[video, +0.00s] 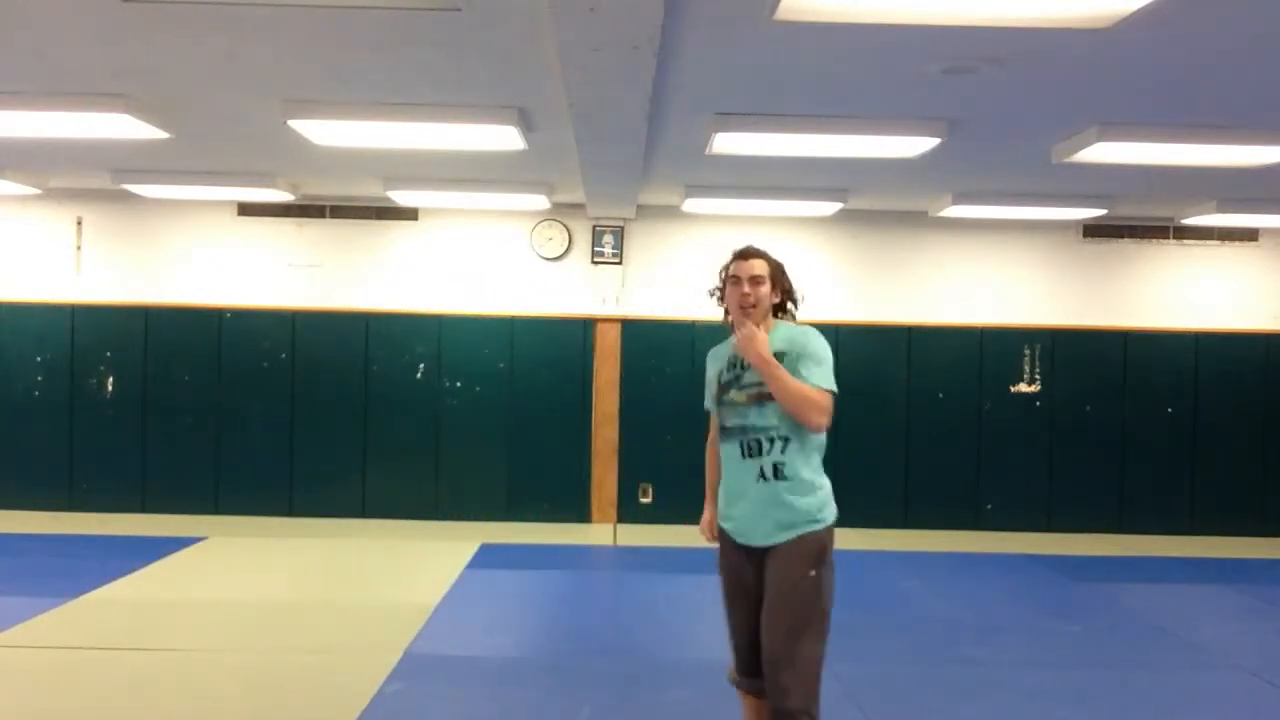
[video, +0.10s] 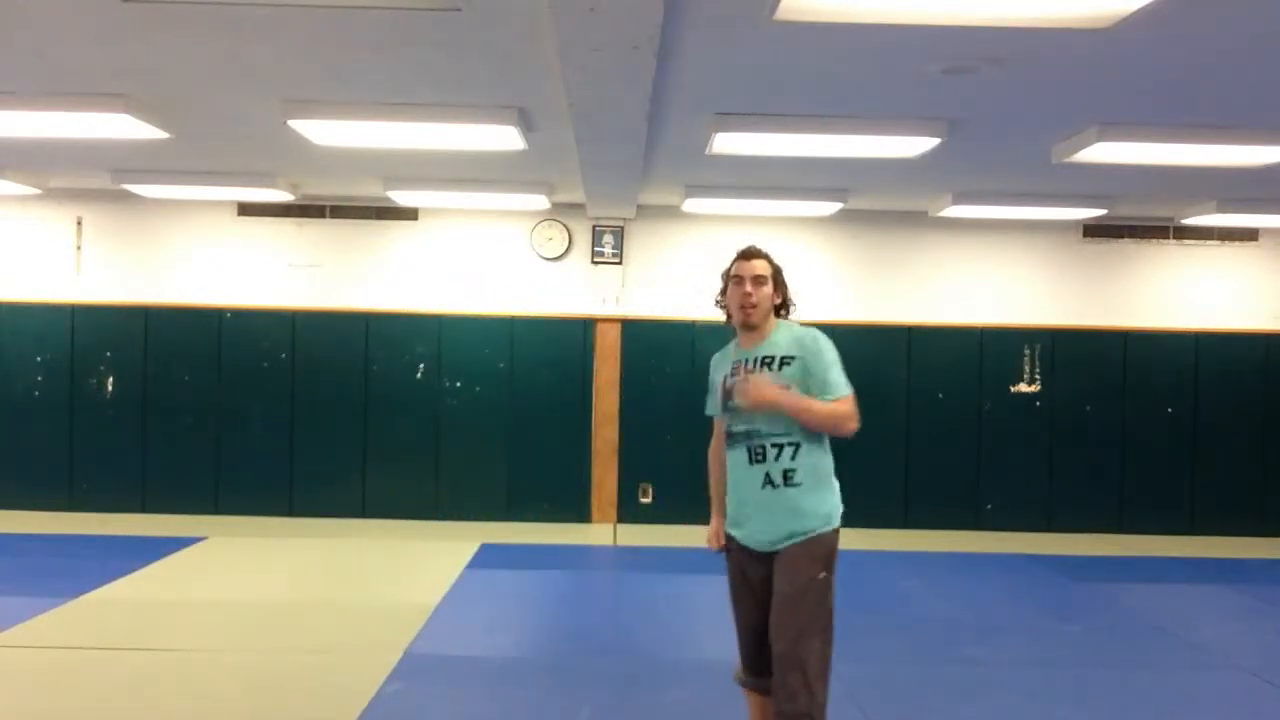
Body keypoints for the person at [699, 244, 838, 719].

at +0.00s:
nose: (746, 291)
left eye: (756, 281)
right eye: (736, 282)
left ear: (777, 291)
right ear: (724, 294)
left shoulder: (806, 343)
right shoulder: (718, 358)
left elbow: (818, 415)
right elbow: (716, 435)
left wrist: (761, 358)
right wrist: (711, 503)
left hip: (800, 526)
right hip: (736, 527)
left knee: (787, 674)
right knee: (750, 672)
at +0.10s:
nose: (747, 291)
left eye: (759, 281)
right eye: (737, 282)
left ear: (777, 293)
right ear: (725, 295)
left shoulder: (810, 343)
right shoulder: (722, 361)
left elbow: (846, 419)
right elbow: (719, 440)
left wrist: (777, 398)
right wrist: (717, 515)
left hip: (807, 526)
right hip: (743, 528)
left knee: (794, 659)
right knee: (756, 660)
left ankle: (797, 717)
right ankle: (761, 715)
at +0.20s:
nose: (754, 287)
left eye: (765, 278)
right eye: (743, 278)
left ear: (783, 289)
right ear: (731, 293)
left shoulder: (816, 338)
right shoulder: (726, 360)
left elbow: (859, 413)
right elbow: (733, 439)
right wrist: (728, 509)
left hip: (815, 528)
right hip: (749, 531)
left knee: (810, 671)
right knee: (762, 672)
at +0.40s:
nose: (780, 288)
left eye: (791, 279)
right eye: (770, 279)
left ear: (806, 290)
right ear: (753, 292)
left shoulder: (841, 348)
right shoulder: (741, 361)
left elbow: (881, 426)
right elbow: (739, 439)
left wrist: (876, 508)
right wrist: (734, 505)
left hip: (835, 535)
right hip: (763, 535)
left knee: (850, 668)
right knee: (766, 668)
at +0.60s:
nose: (829, 288)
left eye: (839, 280)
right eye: (817, 278)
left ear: (851, 293)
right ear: (796, 291)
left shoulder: (880, 355)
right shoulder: (770, 360)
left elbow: (911, 430)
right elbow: (751, 436)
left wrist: (903, 505)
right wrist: (745, 506)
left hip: (861, 535)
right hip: (783, 536)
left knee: (903, 671)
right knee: (776, 669)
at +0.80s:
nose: (900, 299)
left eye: (909, 290)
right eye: (887, 290)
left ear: (919, 303)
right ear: (863, 302)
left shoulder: (943, 370)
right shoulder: (826, 368)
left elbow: (958, 443)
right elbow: (786, 441)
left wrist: (957, 504)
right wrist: (795, 509)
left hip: (910, 548)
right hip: (828, 547)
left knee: (950, 676)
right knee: (794, 677)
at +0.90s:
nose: (942, 301)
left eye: (950, 292)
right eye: (928, 292)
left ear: (960, 304)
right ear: (904, 305)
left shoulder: (976, 375)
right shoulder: (867, 366)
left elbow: (989, 450)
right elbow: (817, 442)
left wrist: (996, 501)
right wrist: (839, 506)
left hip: (934, 557)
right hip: (853, 554)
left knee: (971, 696)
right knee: (810, 682)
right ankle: (794, 708)